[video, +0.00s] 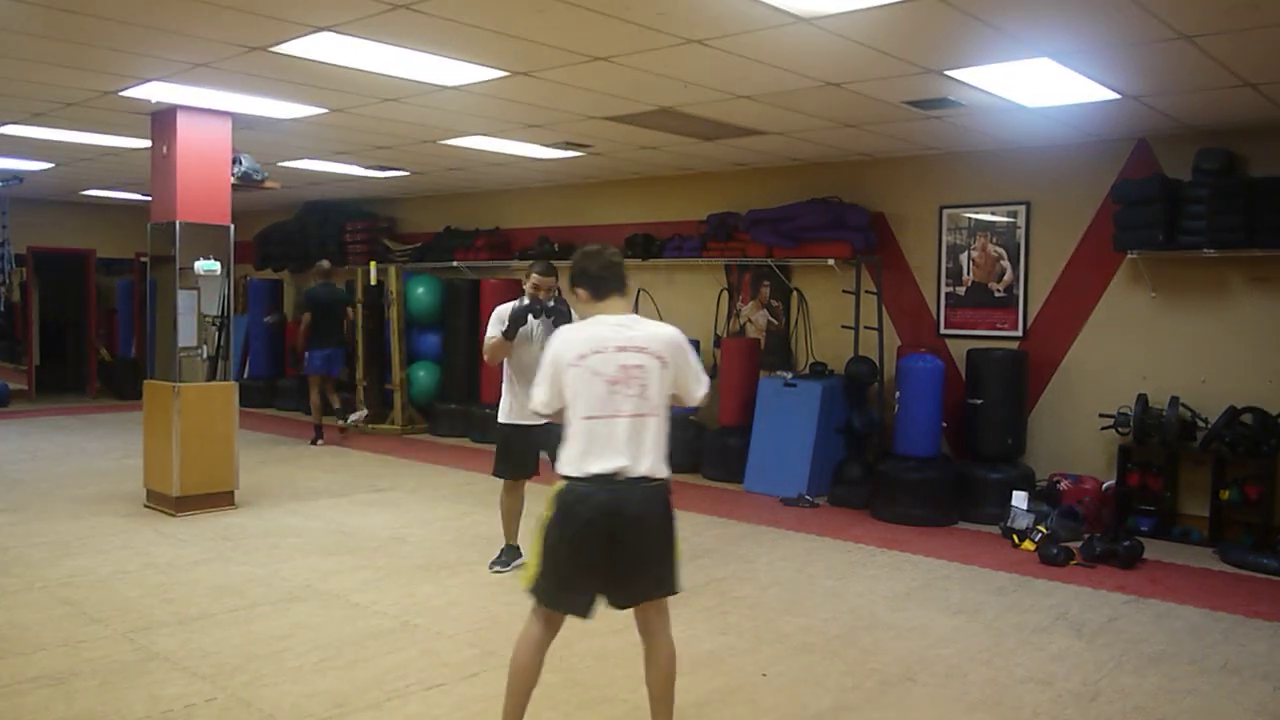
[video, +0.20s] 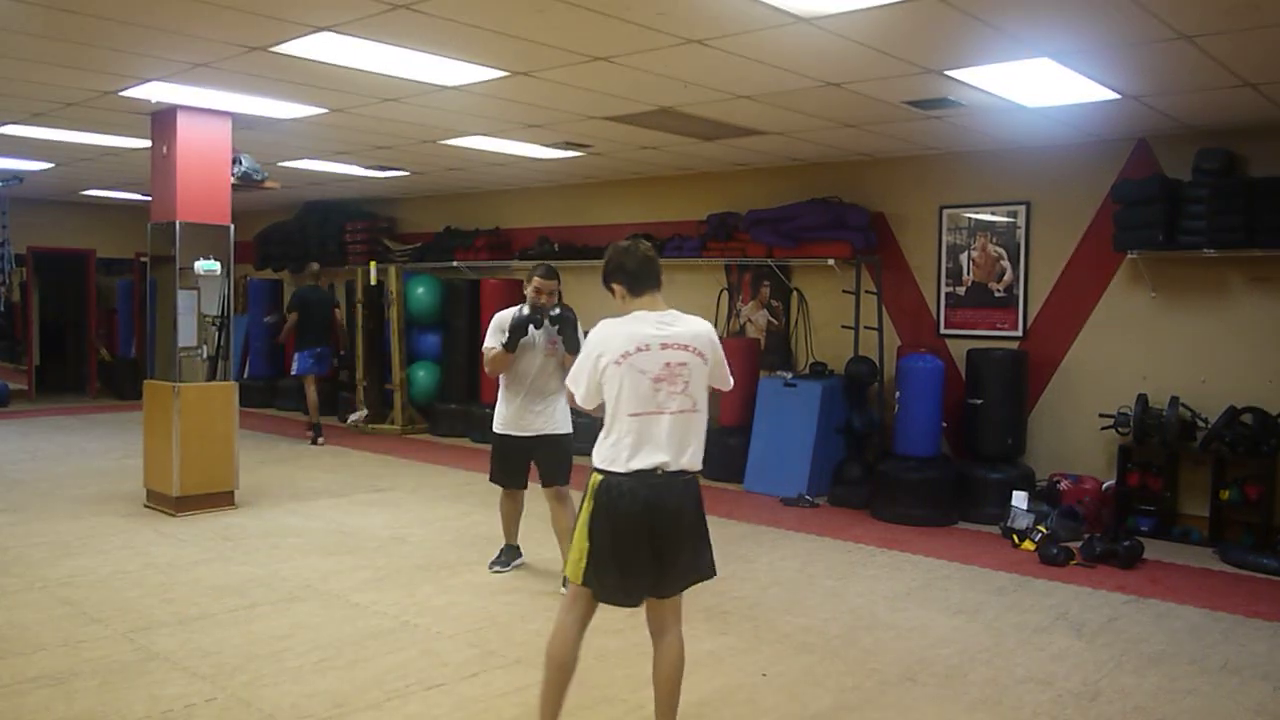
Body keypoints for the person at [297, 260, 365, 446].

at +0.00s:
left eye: (315, 273)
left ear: (315, 274)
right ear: (331, 274)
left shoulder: (310, 293)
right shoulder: (341, 292)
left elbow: (306, 319)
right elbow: (350, 316)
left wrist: (300, 340)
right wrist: (348, 335)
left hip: (317, 346)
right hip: (337, 344)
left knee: (315, 389)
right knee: (330, 385)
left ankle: (318, 433)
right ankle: (340, 414)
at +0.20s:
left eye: (305, 275)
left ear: (305, 276)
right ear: (319, 277)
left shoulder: (299, 293)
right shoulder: (327, 294)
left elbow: (293, 318)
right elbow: (338, 317)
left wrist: (283, 336)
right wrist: (341, 338)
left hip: (306, 345)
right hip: (324, 344)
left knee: (310, 386)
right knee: (313, 385)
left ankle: (317, 431)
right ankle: (313, 422)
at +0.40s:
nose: (298, 279)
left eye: (297, 276)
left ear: (296, 277)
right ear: (311, 278)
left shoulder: (290, 295)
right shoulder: (319, 295)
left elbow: (285, 319)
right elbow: (328, 318)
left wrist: (276, 337)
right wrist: (330, 341)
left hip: (296, 344)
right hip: (315, 344)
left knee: (294, 381)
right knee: (306, 382)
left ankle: (309, 418)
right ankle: (302, 420)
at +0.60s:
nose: (288, 276)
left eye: (289, 273)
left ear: (290, 275)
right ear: (304, 276)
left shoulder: (285, 293)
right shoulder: (312, 294)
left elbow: (279, 320)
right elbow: (319, 318)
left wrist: (273, 342)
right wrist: (315, 336)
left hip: (287, 342)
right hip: (307, 342)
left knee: (275, 377)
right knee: (301, 382)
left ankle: (286, 412)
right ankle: (301, 426)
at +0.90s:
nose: (267, 276)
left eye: (269, 274)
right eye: (269, 273)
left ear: (271, 276)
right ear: (285, 277)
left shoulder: (266, 294)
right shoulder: (292, 294)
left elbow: (264, 318)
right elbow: (301, 317)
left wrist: (260, 342)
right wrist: (297, 334)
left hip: (270, 342)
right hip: (290, 342)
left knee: (264, 380)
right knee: (288, 379)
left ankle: (264, 421)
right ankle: (297, 416)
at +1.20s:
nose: (256, 273)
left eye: (256, 270)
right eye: (260, 270)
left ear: (255, 272)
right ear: (270, 273)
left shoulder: (250, 290)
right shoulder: (277, 289)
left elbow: (244, 313)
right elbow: (285, 311)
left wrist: (237, 329)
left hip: (256, 339)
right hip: (275, 338)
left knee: (258, 377)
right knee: (268, 375)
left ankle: (263, 418)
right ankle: (270, 408)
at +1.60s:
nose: (244, 277)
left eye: (245, 274)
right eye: (248, 273)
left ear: (243, 277)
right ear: (257, 277)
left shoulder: (238, 294)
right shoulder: (264, 294)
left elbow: (234, 315)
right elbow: (273, 315)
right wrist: (270, 332)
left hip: (241, 339)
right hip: (260, 338)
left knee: (238, 374)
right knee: (255, 376)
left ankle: (241, 402)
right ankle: (254, 412)